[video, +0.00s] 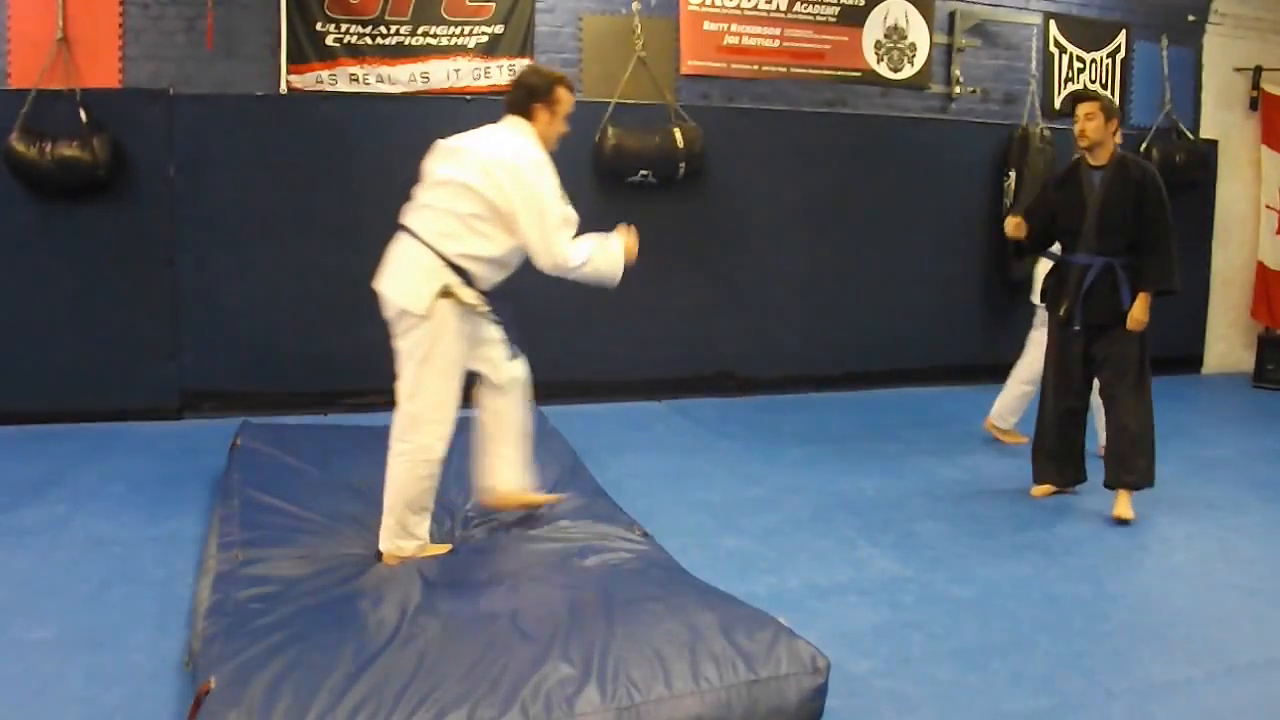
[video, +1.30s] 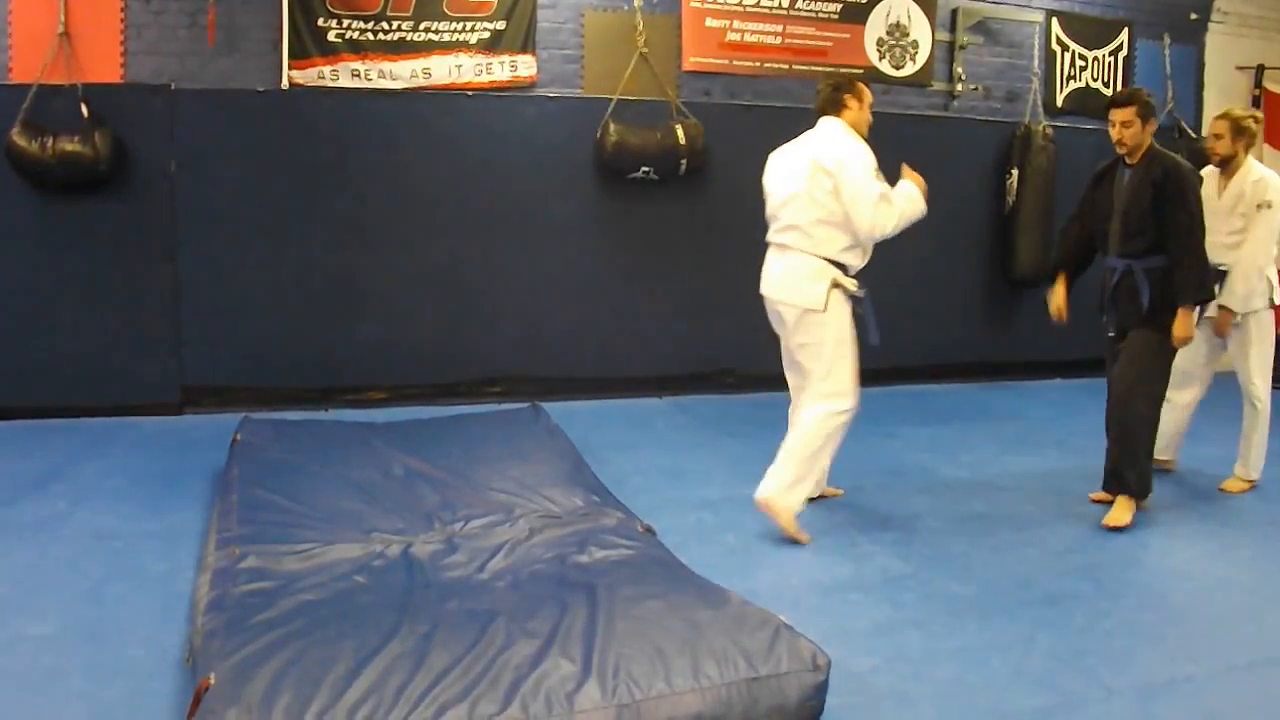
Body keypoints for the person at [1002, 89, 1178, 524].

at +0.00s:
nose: (1080, 126)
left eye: (1089, 119)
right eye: (1077, 119)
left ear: (1113, 126)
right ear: (1074, 126)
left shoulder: (1141, 176)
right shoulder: (1067, 177)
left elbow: (1157, 243)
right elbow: (1041, 225)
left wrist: (1144, 296)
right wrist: (1022, 227)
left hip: (1121, 295)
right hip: (1072, 292)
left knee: (1123, 392)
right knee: (1063, 387)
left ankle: (1124, 486)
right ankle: (1057, 473)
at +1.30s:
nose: (1118, 133)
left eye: (1127, 125)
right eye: (1113, 125)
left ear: (1149, 126)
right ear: (1110, 127)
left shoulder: (1175, 174)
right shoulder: (1109, 173)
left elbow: (1189, 244)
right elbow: (1083, 226)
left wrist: (1187, 308)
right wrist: (1062, 276)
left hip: (1159, 298)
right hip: (1118, 295)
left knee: (1133, 388)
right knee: (1119, 388)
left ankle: (1130, 494)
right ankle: (1115, 482)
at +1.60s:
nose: (1110, 149)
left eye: (1119, 140)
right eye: (1104, 140)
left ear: (1140, 139)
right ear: (1096, 140)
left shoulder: (1163, 190)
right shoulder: (1086, 187)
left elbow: (1186, 262)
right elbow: (1071, 250)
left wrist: (1198, 330)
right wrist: (1071, 306)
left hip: (1140, 308)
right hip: (1093, 308)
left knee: (1124, 407)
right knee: (1106, 404)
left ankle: (1120, 519)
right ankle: (1126, 486)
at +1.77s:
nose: (1111, 157)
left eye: (1121, 148)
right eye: (1105, 147)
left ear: (1142, 148)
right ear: (1096, 145)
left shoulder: (1162, 204)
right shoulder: (1070, 187)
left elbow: (1176, 277)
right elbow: (1038, 245)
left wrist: (1173, 343)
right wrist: (1031, 305)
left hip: (1122, 324)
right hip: (1066, 318)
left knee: (1110, 430)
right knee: (1051, 422)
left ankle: (1119, 534)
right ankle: (1095, 464)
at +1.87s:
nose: (1107, 164)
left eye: (1117, 154)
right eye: (1100, 152)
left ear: (1134, 153)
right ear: (1089, 149)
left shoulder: (1151, 209)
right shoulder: (1057, 189)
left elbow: (1161, 284)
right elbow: (1017, 250)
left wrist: (1153, 348)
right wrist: (1000, 315)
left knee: (1105, 439)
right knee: (1018, 426)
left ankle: (1120, 537)